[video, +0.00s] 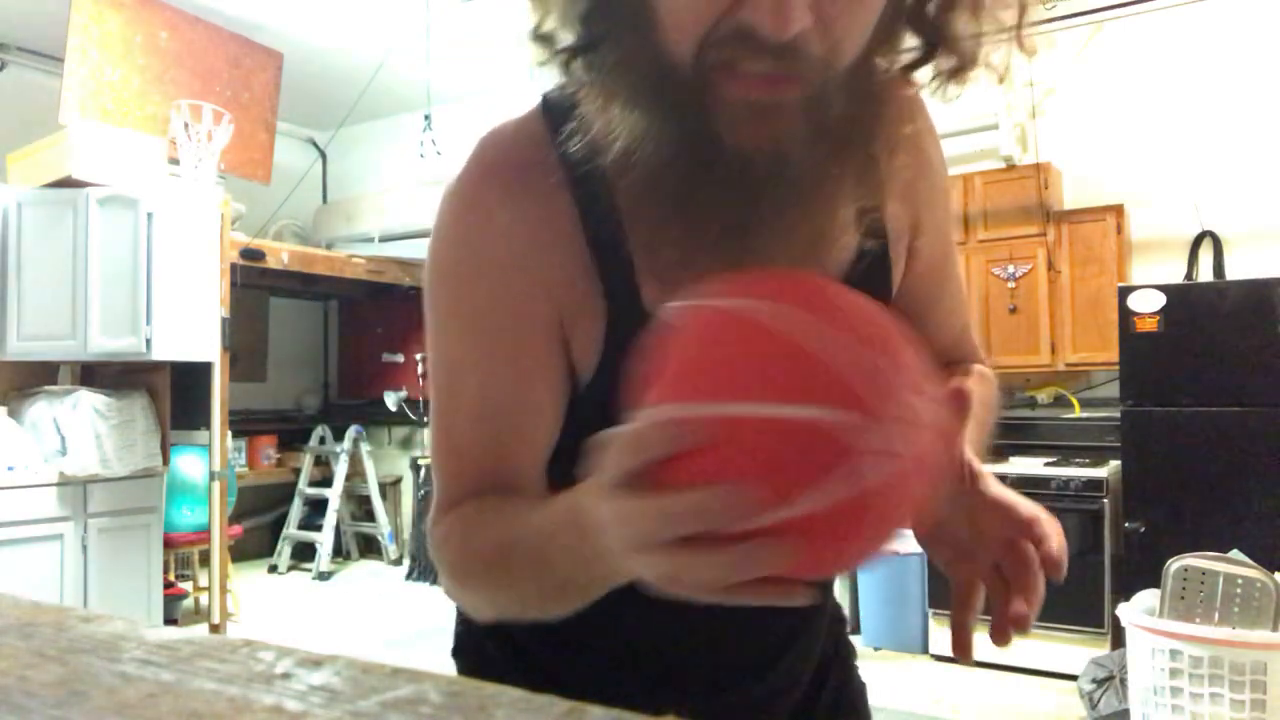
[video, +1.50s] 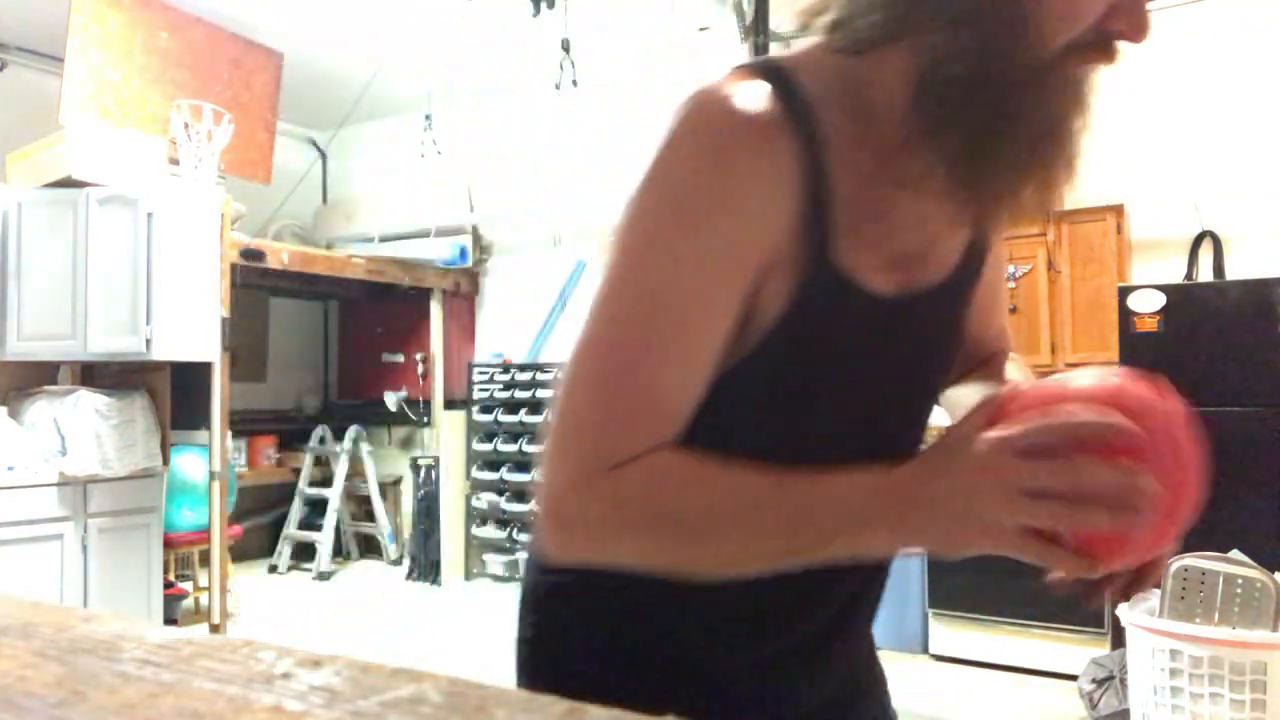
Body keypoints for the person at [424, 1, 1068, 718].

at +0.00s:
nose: (781, 18)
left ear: (890, 6)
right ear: (631, 3)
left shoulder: (886, 130)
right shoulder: (516, 191)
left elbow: (956, 363)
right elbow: (470, 543)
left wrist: (946, 472)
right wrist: (598, 534)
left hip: (795, 660)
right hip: (566, 673)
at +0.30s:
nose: (618, 141)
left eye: (700, 51)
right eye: (551, 32)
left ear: (798, 36)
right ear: (456, 29)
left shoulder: (829, 194)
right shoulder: (385, 245)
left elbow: (892, 401)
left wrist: (872, 564)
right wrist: (382, 634)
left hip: (734, 686)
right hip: (497, 695)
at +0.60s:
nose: (534, 184)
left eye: (624, 78)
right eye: (458, 61)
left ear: (740, 53)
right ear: (360, 34)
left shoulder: (787, 235)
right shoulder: (298, 288)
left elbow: (869, 457)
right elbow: (290, 680)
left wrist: (822, 598)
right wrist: (411, 691)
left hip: (691, 692)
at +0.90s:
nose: (634, 99)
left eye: (707, 13)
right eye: (563, 4)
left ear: (792, 20)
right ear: (441, 11)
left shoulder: (806, 180)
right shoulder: (338, 246)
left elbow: (879, 434)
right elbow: (293, 617)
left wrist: (862, 577)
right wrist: (505, 657)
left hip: (732, 678)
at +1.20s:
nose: (980, 18)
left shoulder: (896, 187)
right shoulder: (539, 184)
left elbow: (928, 454)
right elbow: (413, 563)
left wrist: (978, 555)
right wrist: (709, 553)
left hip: (766, 683)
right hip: (534, 692)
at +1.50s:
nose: (1134, 23)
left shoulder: (965, 154)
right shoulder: (743, 132)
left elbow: (977, 371)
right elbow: (583, 507)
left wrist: (1068, 503)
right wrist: (910, 504)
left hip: (824, 671)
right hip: (631, 683)